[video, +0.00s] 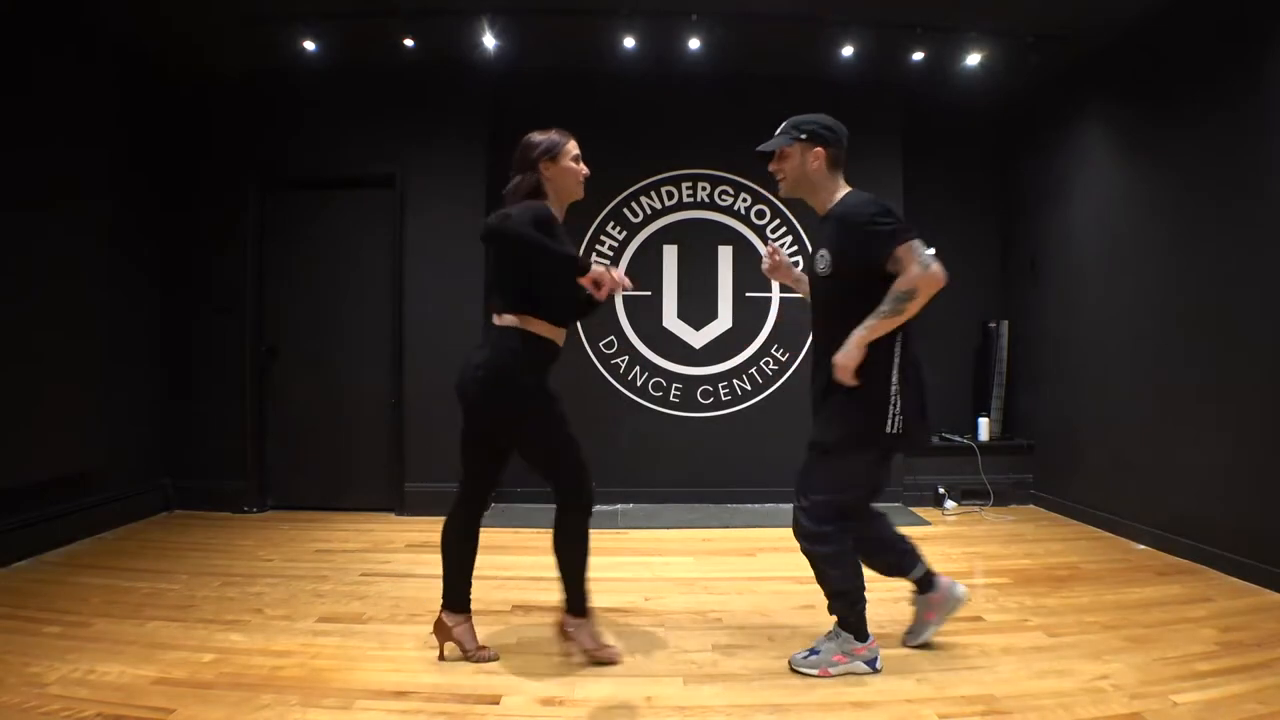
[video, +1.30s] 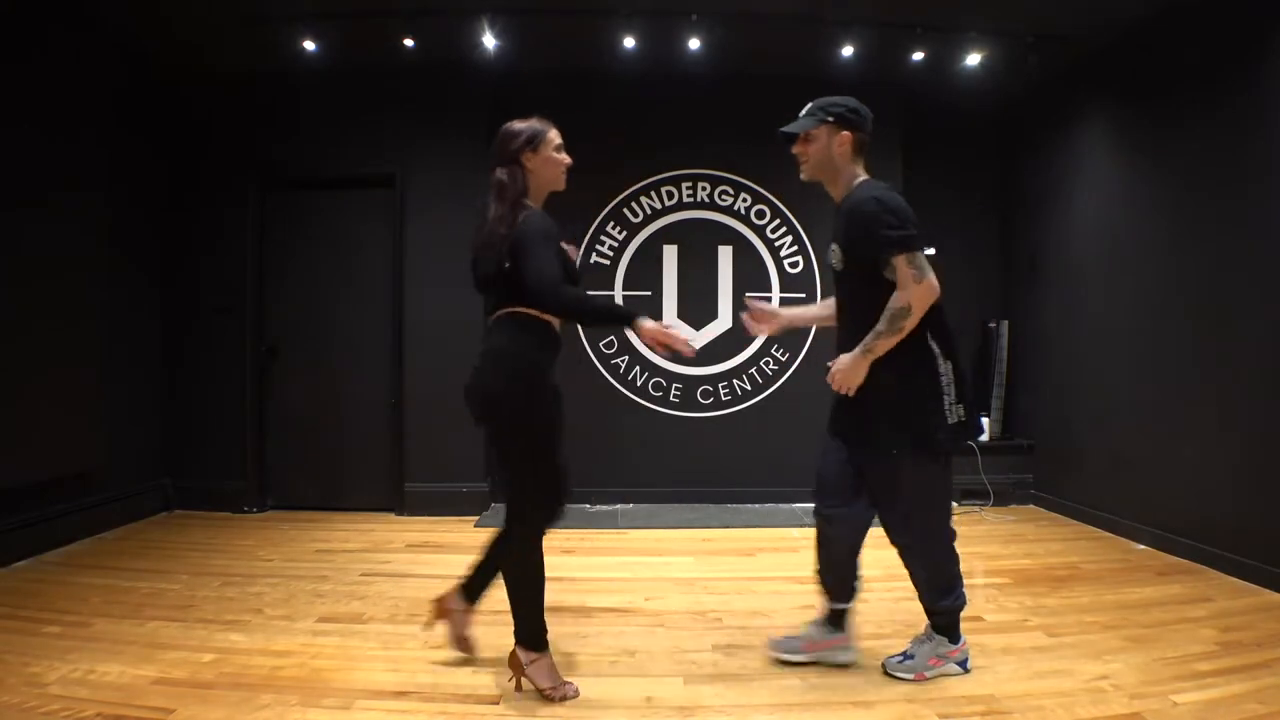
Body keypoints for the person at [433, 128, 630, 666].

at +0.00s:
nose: (585, 169)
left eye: (583, 160)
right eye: (575, 160)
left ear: (556, 172)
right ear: (544, 169)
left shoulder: (551, 230)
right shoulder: (526, 214)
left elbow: (562, 312)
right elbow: (497, 230)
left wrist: (595, 291)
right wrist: (582, 273)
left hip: (510, 369)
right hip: (511, 370)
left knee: (473, 494)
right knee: (575, 488)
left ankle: (453, 614)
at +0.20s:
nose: (607, 164)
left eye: (604, 155)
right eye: (596, 156)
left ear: (581, 166)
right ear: (566, 165)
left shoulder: (585, 225)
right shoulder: (550, 216)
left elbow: (579, 307)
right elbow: (547, 274)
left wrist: (624, 333)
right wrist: (607, 242)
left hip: (560, 368)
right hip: (547, 368)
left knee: (553, 495)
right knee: (587, 495)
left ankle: (487, 598)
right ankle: (594, 619)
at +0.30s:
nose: (622, 163)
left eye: (618, 154)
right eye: (612, 154)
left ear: (590, 163)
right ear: (582, 162)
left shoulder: (588, 224)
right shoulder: (564, 223)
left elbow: (592, 304)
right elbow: (597, 301)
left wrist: (620, 325)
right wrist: (642, 249)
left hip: (585, 369)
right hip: (558, 371)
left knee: (624, 490)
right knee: (584, 494)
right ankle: (593, 622)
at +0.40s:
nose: (631, 161)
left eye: (628, 152)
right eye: (621, 153)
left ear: (600, 162)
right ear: (590, 161)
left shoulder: (597, 220)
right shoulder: (576, 221)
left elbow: (608, 291)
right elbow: (597, 303)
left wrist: (630, 312)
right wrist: (665, 284)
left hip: (599, 367)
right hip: (567, 369)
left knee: (634, 488)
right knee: (580, 501)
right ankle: (592, 623)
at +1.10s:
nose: (610, 159)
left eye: (607, 149)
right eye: (600, 150)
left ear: (577, 160)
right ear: (569, 159)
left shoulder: (565, 219)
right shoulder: (558, 219)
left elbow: (556, 305)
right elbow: (597, 305)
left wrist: (595, 325)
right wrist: (670, 283)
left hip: (568, 374)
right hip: (551, 375)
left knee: (619, 501)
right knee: (576, 512)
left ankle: (642, 630)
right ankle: (534, 646)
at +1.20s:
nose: (595, 154)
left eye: (591, 145)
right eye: (585, 146)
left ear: (556, 158)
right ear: (554, 157)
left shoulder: (538, 218)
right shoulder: (555, 220)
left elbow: (502, 291)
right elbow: (591, 305)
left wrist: (561, 312)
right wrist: (679, 322)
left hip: (537, 378)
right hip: (534, 381)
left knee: (604, 488)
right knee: (548, 505)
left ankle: (568, 622)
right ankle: (532, 645)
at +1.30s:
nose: (568, 159)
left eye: (564, 149)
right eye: (557, 150)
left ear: (527, 165)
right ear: (527, 162)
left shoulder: (510, 222)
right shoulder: (531, 224)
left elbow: (517, 299)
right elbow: (554, 298)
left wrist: (562, 265)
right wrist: (636, 319)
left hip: (507, 368)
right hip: (519, 370)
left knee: (539, 500)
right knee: (531, 508)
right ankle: (532, 649)